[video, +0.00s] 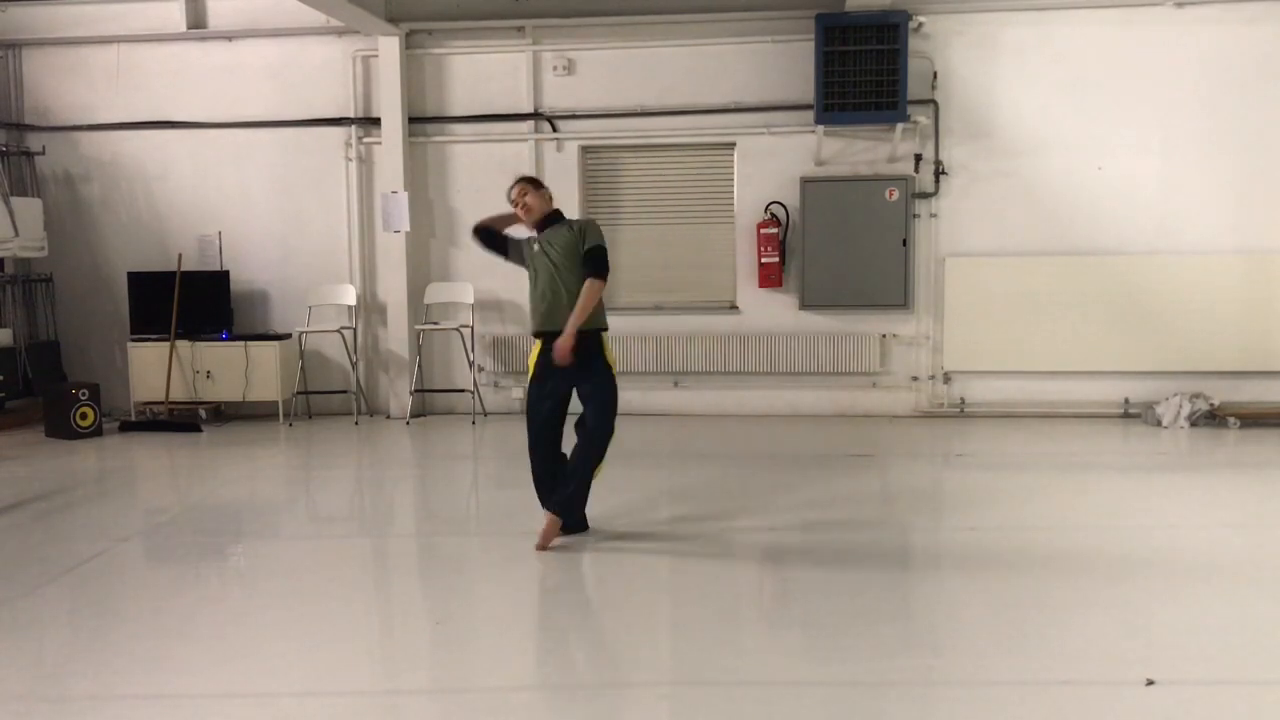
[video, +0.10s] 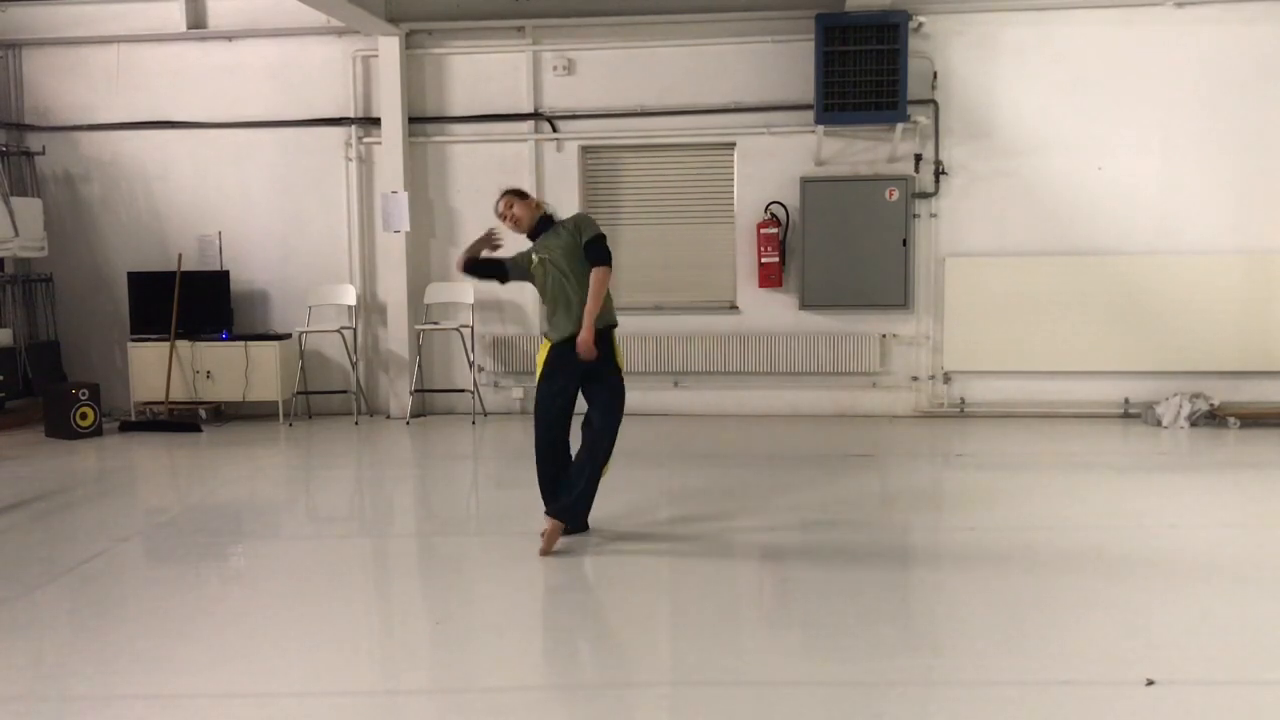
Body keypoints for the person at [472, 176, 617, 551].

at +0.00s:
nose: (520, 205)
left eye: (525, 195)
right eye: (515, 204)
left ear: (547, 196)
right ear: (519, 215)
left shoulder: (583, 229)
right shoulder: (529, 249)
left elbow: (597, 280)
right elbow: (481, 232)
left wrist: (569, 332)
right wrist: (515, 216)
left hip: (587, 344)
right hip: (548, 349)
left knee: (600, 424)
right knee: (542, 437)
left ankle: (559, 509)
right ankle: (571, 517)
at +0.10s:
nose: (509, 216)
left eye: (512, 207)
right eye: (504, 218)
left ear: (533, 201)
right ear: (510, 227)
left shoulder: (577, 223)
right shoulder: (528, 261)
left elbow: (601, 267)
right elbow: (470, 267)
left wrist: (588, 326)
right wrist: (474, 251)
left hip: (598, 340)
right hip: (560, 349)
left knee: (603, 429)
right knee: (549, 431)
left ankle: (562, 515)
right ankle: (568, 516)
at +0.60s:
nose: (517, 309)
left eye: (512, 301)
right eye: (510, 308)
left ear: (519, 278)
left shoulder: (560, 262)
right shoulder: (538, 307)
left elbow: (559, 297)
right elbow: (546, 333)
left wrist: (557, 326)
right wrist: (562, 348)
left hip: (619, 352)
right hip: (581, 359)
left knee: (646, 436)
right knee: (556, 437)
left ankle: (673, 526)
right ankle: (571, 520)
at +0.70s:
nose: (530, 328)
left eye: (526, 322)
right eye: (524, 326)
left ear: (534, 299)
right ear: (534, 299)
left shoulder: (567, 286)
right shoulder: (546, 290)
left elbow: (552, 338)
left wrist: (559, 345)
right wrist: (568, 350)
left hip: (627, 355)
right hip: (589, 358)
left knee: (652, 441)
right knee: (556, 439)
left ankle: (689, 526)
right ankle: (572, 520)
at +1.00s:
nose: (582, 350)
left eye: (585, 345)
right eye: (577, 346)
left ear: (598, 330)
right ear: (568, 314)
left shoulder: (630, 320)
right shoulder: (583, 295)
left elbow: (615, 368)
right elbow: (574, 268)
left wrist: (567, 401)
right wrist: (560, 305)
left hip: (615, 384)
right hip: (584, 373)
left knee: (621, 463)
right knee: (530, 445)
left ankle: (682, 535)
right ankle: (569, 518)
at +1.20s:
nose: (617, 320)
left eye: (625, 322)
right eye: (618, 314)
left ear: (642, 323)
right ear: (622, 302)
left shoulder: (653, 340)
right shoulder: (623, 288)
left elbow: (682, 361)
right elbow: (604, 291)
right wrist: (581, 306)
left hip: (583, 400)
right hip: (555, 380)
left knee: (608, 476)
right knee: (505, 458)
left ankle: (677, 539)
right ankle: (566, 515)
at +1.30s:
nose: (642, 303)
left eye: (651, 309)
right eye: (648, 297)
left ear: (664, 322)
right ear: (653, 287)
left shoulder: (663, 341)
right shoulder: (632, 285)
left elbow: (713, 368)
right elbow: (610, 312)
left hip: (579, 396)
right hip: (550, 375)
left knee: (608, 473)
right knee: (502, 460)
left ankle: (675, 539)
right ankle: (565, 514)